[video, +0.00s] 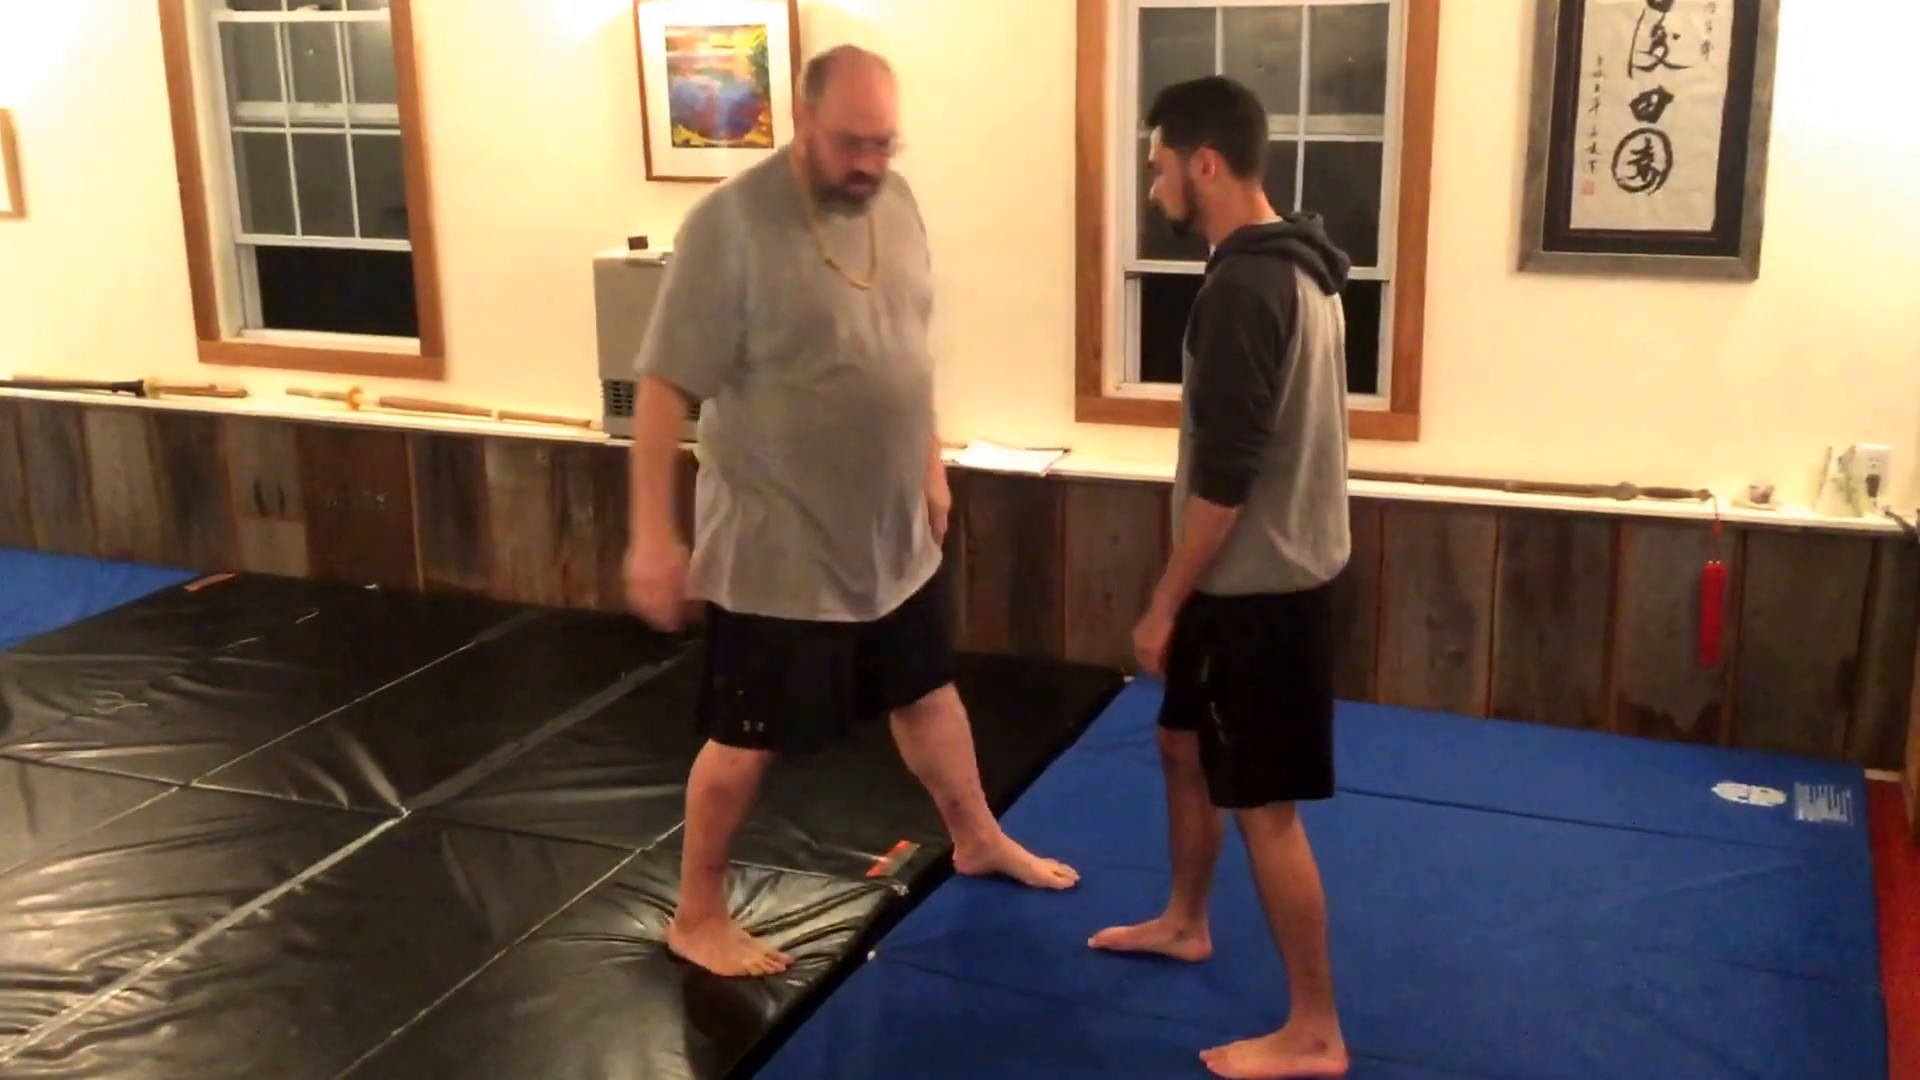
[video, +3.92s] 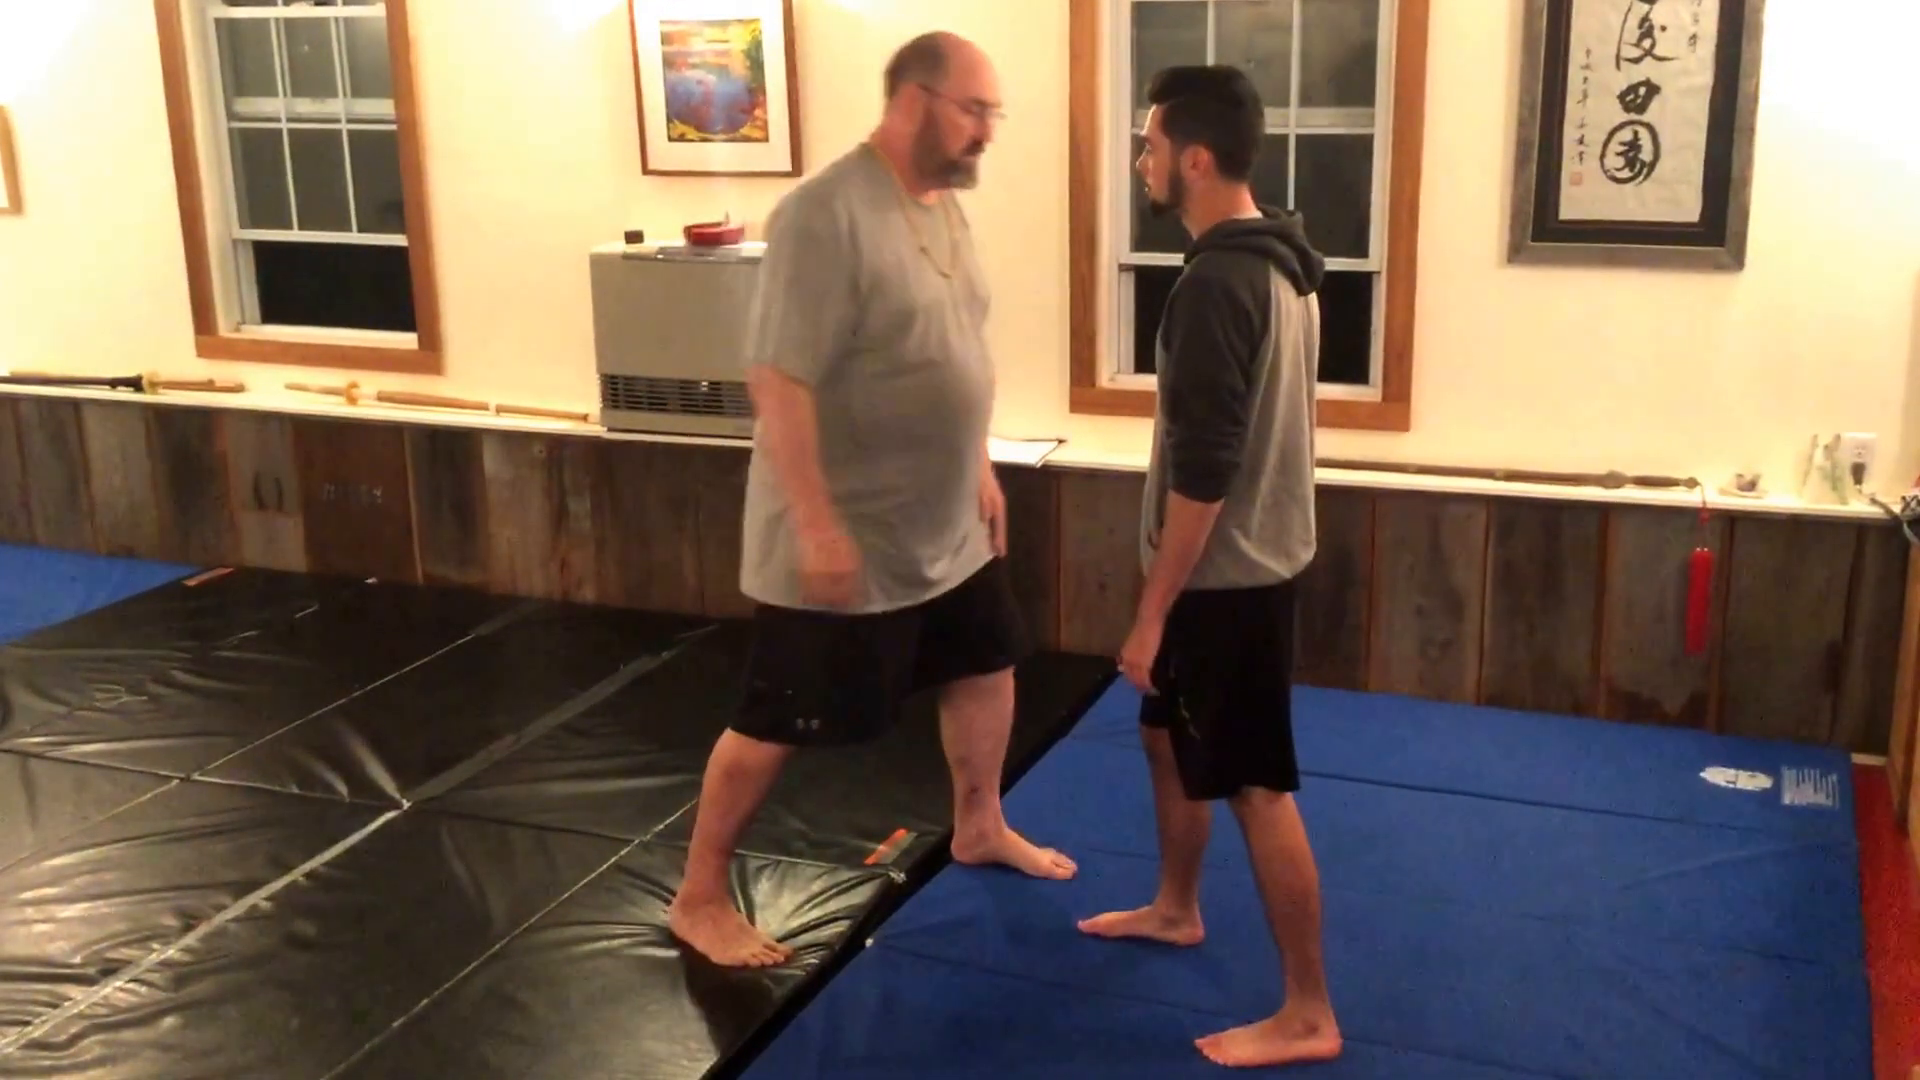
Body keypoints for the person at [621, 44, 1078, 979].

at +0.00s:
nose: (871, 164)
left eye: (885, 143)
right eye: (851, 143)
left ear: (898, 130)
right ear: (799, 122)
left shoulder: (899, 206)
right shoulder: (730, 222)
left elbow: (910, 352)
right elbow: (663, 383)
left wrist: (930, 463)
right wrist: (653, 533)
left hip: (890, 516)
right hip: (772, 532)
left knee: (928, 690)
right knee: (743, 737)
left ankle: (979, 838)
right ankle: (698, 916)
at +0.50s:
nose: (840, 119)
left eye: (856, 100)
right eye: (819, 101)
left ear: (878, 102)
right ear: (780, 103)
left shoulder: (902, 205)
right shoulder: (719, 218)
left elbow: (944, 346)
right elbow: (670, 375)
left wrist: (992, 458)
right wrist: (725, 489)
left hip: (903, 519)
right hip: (784, 537)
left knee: (935, 686)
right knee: (750, 733)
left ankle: (978, 836)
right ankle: (696, 907)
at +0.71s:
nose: (825, 107)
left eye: (841, 87)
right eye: (805, 91)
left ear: (871, 91)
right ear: (776, 101)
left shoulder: (911, 205)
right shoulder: (727, 207)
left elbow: (945, 348)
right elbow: (670, 356)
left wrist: (974, 462)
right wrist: (728, 352)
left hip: (905, 507)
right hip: (782, 521)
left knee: (940, 683)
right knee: (748, 727)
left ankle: (977, 834)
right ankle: (695, 904)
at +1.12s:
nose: (843, 96)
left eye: (857, 78)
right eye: (821, 81)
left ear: (884, 88)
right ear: (789, 94)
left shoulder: (919, 205)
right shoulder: (735, 208)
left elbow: (953, 349)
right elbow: (685, 366)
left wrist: (993, 466)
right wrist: (751, 490)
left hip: (923, 515)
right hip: (788, 533)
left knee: (942, 684)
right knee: (747, 727)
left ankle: (977, 831)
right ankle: (697, 899)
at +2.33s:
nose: (859, 94)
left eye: (875, 76)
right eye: (838, 76)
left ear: (897, 87)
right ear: (801, 87)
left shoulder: (925, 202)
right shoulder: (744, 205)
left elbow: (955, 353)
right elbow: (695, 351)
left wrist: (981, 478)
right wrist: (739, 368)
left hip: (919, 504)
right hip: (793, 517)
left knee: (945, 678)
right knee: (750, 720)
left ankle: (977, 828)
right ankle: (698, 897)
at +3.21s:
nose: (854, 96)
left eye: (869, 78)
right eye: (832, 79)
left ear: (892, 88)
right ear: (796, 90)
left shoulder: (922, 201)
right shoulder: (742, 205)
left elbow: (955, 348)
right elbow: (698, 366)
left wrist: (983, 473)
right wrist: (750, 508)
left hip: (918, 515)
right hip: (790, 531)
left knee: (945, 683)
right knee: (748, 725)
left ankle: (978, 828)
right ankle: (698, 897)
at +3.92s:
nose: (989, 131)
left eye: (993, 114)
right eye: (974, 111)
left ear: (945, 110)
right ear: (913, 102)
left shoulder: (944, 210)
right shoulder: (822, 212)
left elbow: (951, 358)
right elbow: (776, 378)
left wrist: (977, 467)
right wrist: (815, 523)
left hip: (939, 518)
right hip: (833, 532)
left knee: (984, 665)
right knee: (772, 719)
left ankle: (980, 825)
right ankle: (699, 895)